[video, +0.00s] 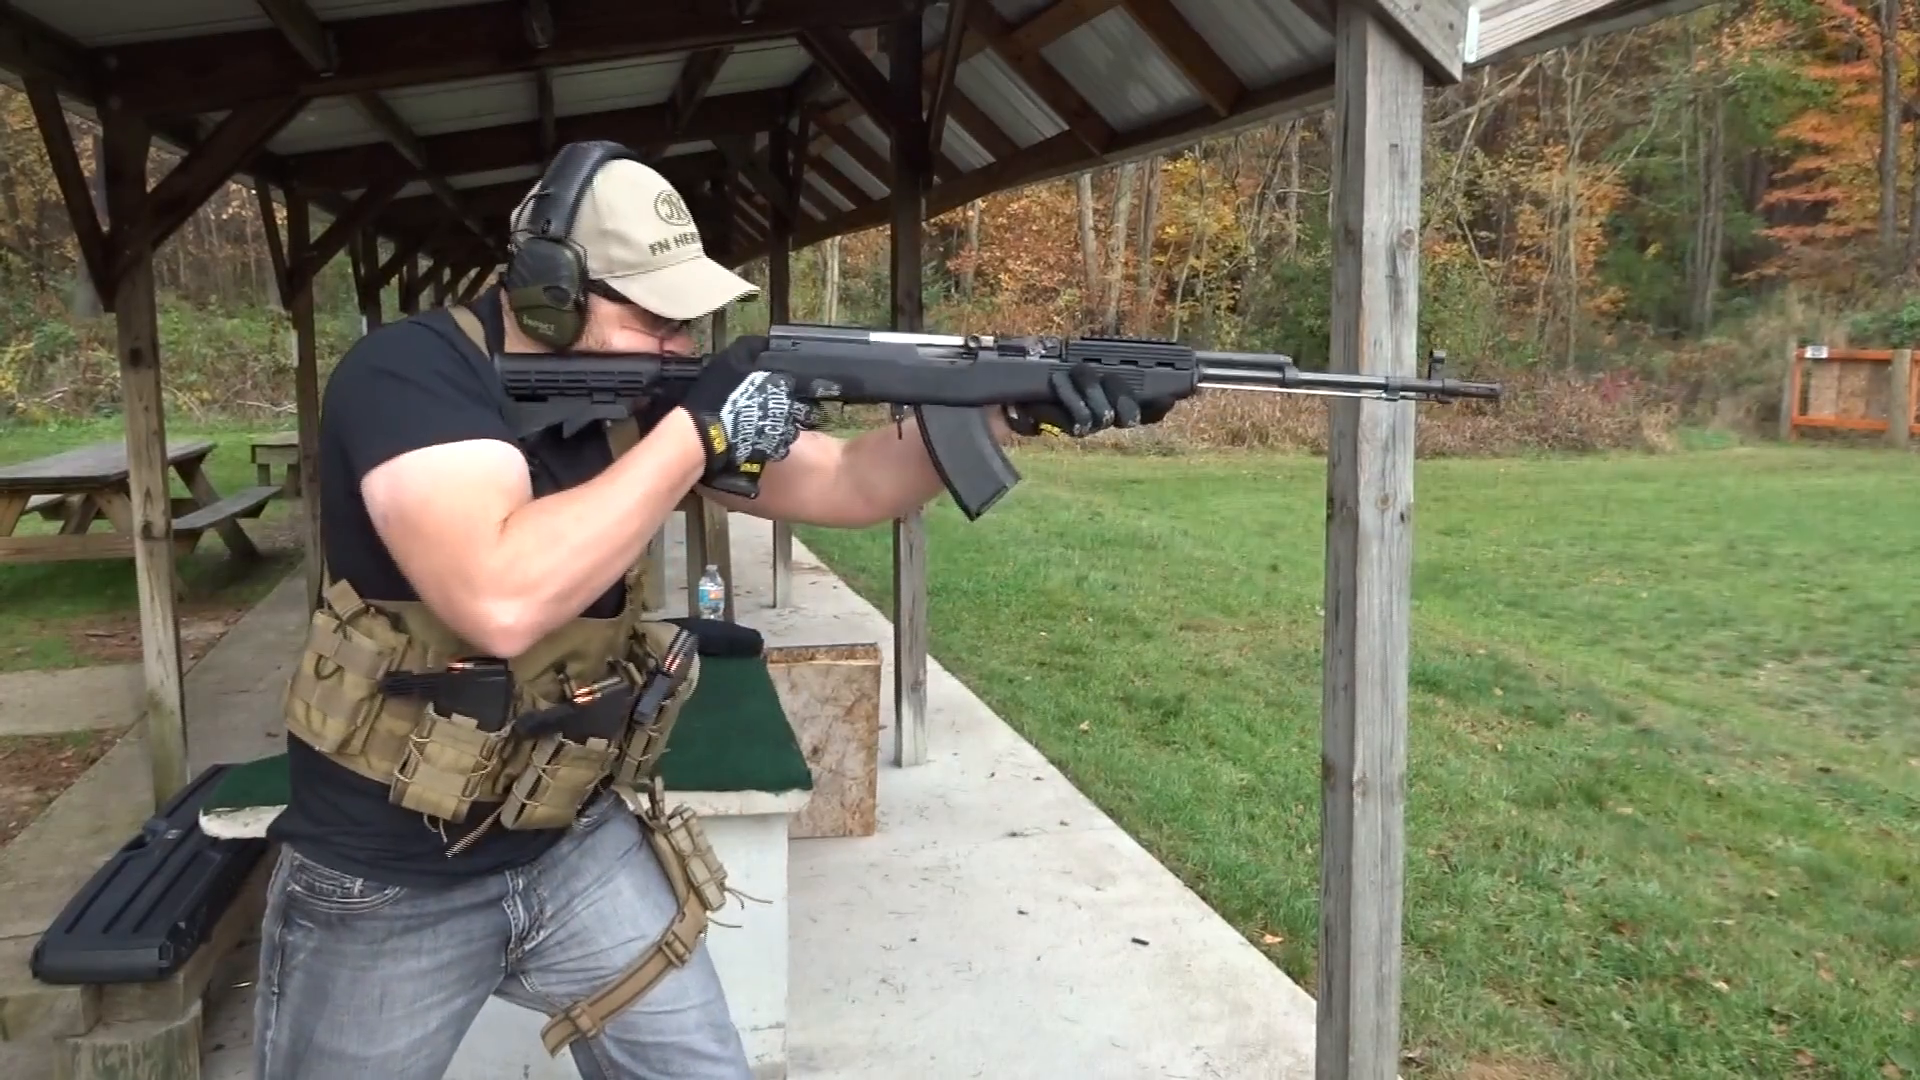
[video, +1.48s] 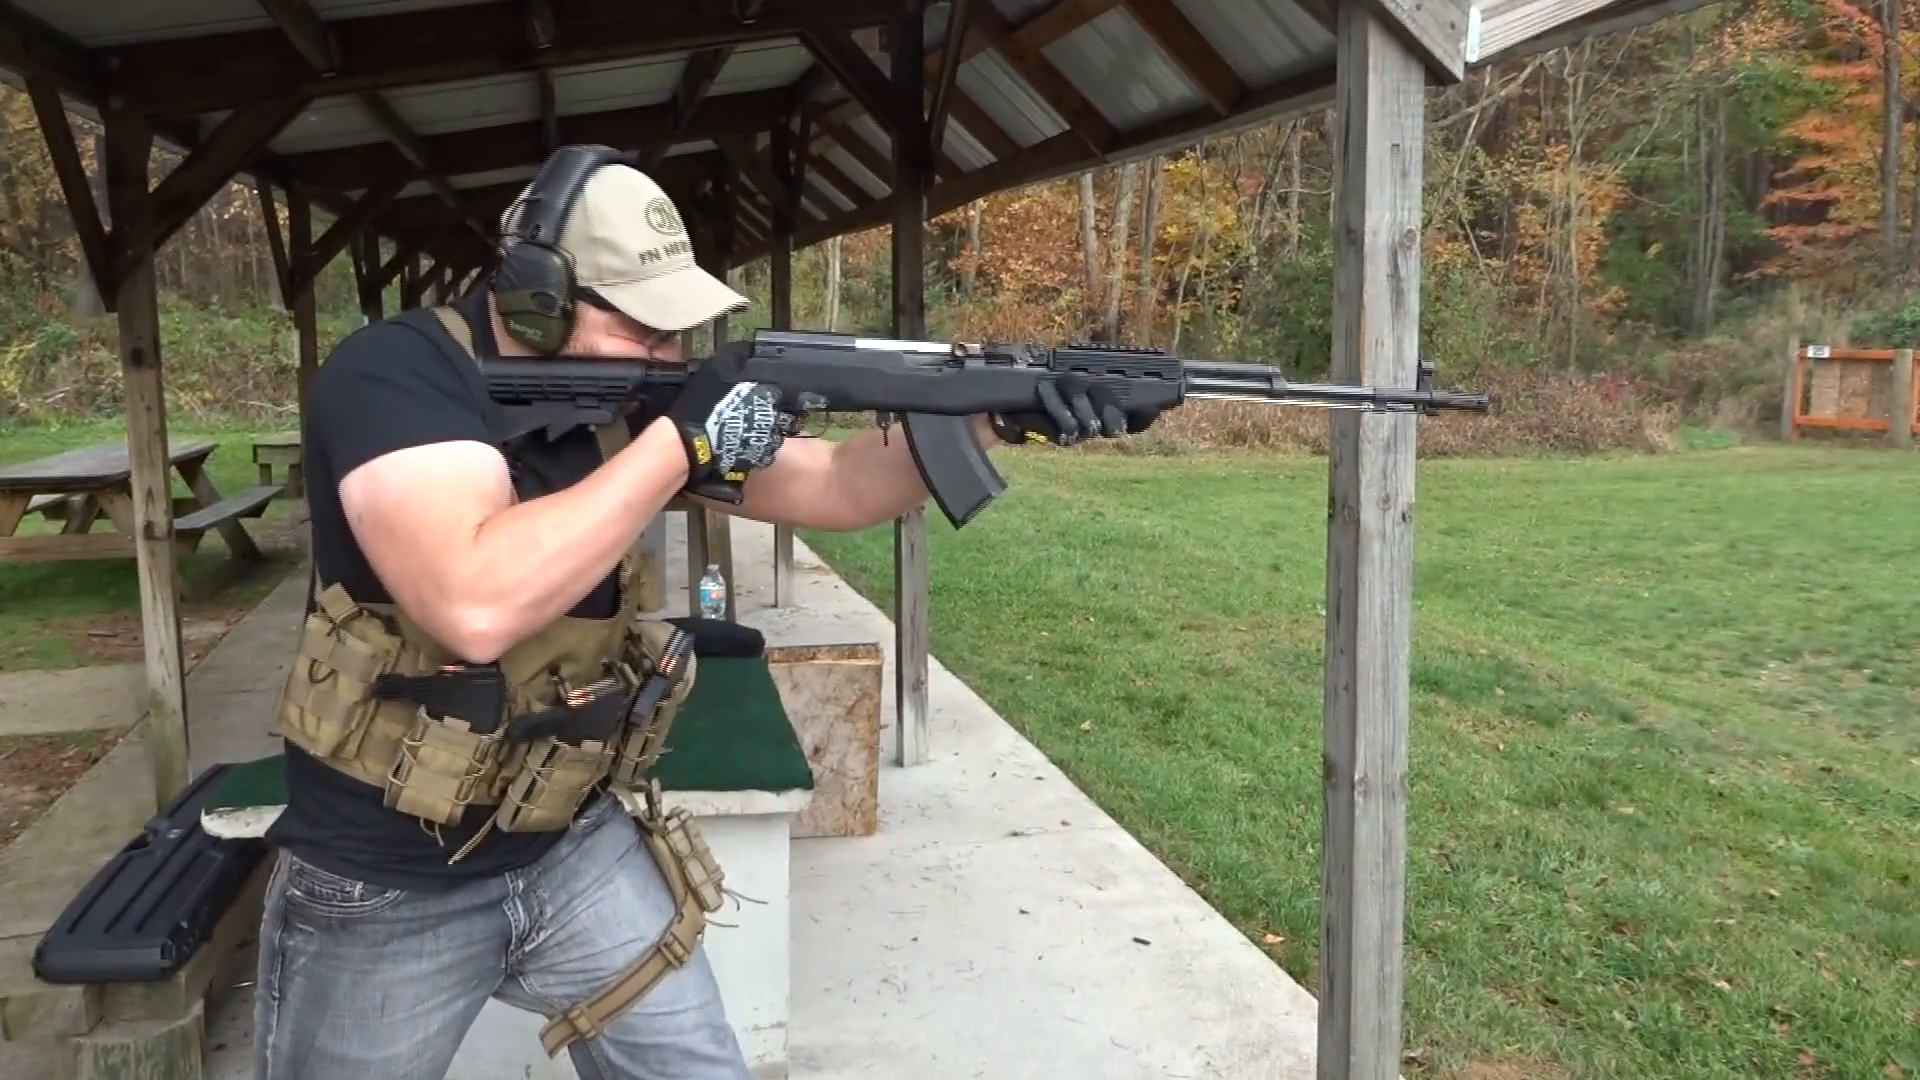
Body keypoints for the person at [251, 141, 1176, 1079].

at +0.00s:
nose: (675, 345)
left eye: (681, 322)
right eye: (649, 320)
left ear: (671, 302)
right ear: (552, 298)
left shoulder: (637, 401)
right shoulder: (401, 379)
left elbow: (853, 478)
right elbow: (502, 598)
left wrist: (1033, 395)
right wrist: (696, 426)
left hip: (581, 844)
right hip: (386, 885)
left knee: (705, 1070)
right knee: (324, 1078)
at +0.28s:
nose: (673, 354)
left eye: (682, 332)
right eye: (651, 329)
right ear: (553, 297)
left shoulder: (630, 392)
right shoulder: (403, 377)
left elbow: (838, 482)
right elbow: (492, 602)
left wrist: (1005, 406)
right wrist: (678, 438)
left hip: (581, 840)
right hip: (386, 881)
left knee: (704, 1069)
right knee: (328, 1073)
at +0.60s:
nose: (670, 350)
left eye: (677, 327)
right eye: (644, 324)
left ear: (669, 304)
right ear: (547, 299)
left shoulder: (629, 400)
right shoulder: (398, 380)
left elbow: (842, 478)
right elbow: (495, 596)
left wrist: (1025, 399)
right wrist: (696, 428)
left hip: (580, 844)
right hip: (385, 886)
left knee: (704, 1068)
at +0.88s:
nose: (673, 351)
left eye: (680, 329)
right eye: (648, 326)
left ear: (674, 310)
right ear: (551, 302)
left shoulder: (636, 392)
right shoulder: (400, 377)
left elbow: (842, 481)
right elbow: (490, 600)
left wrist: (1014, 407)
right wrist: (691, 431)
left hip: (580, 844)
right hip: (388, 887)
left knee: (703, 1065)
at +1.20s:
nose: (659, 348)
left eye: (667, 325)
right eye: (632, 325)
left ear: (665, 298)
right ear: (535, 298)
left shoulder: (627, 392)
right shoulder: (388, 378)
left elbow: (833, 480)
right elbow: (481, 600)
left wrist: (1014, 402)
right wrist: (684, 432)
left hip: (579, 845)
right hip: (385, 890)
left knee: (701, 1061)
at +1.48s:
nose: (661, 354)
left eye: (667, 331)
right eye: (636, 329)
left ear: (661, 304)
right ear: (537, 304)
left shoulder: (625, 401)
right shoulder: (385, 379)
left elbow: (834, 480)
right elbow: (475, 602)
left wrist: (1016, 405)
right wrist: (685, 435)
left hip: (580, 846)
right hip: (384, 893)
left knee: (701, 1063)